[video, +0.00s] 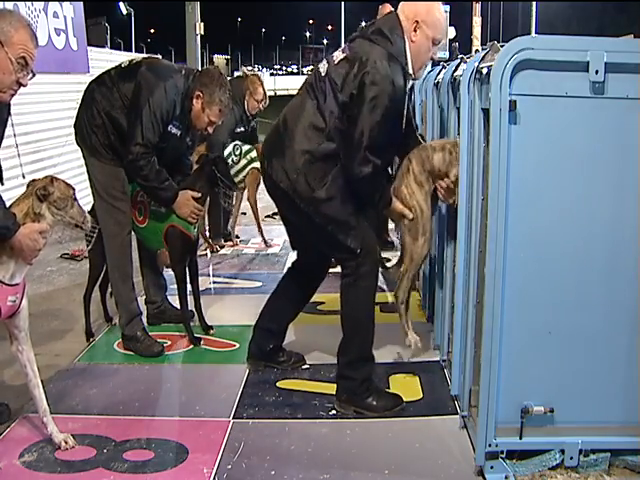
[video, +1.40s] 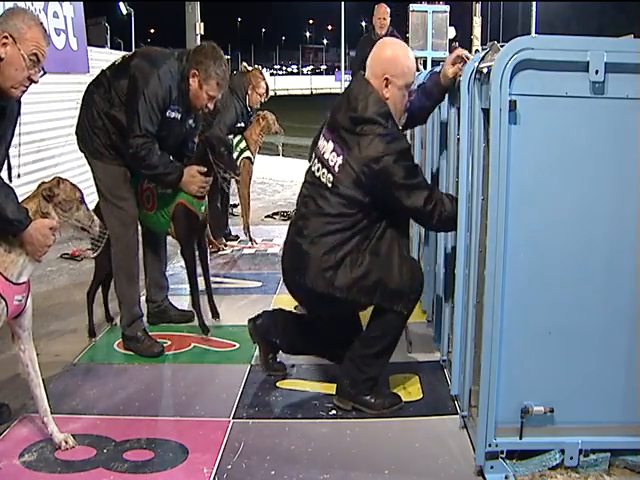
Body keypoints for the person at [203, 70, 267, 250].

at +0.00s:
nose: (261, 106)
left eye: (263, 102)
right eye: (258, 101)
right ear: (246, 97)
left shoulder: (250, 117)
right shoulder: (231, 115)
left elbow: (254, 144)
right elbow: (215, 148)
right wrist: (230, 183)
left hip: (229, 156)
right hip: (212, 155)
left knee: (229, 192)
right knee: (218, 193)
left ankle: (226, 232)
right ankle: (217, 235)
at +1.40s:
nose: (261, 100)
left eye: (263, 96)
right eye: (260, 95)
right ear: (248, 89)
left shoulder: (245, 105)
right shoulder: (233, 104)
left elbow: (243, 129)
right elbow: (215, 133)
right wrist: (230, 165)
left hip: (221, 145)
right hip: (209, 146)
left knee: (224, 189)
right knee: (215, 190)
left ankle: (224, 229)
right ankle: (215, 232)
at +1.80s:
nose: (258, 102)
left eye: (260, 98)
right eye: (256, 96)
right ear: (244, 91)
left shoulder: (241, 104)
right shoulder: (222, 106)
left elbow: (244, 127)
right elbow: (220, 137)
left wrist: (251, 141)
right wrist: (240, 152)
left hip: (224, 150)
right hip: (206, 152)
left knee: (224, 195)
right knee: (212, 197)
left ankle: (223, 229)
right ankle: (213, 234)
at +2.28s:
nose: (257, 101)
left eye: (259, 97)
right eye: (255, 96)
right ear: (243, 91)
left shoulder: (240, 103)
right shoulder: (221, 102)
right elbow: (215, 132)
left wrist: (252, 143)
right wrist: (232, 156)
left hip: (223, 149)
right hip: (206, 150)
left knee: (224, 192)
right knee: (213, 194)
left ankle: (224, 229)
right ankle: (213, 234)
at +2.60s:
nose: (262, 96)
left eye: (263, 92)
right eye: (260, 91)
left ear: (251, 87)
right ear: (247, 85)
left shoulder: (244, 98)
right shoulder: (224, 100)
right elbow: (222, 131)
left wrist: (254, 130)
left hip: (231, 143)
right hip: (211, 145)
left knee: (236, 185)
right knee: (216, 188)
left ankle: (231, 224)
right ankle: (214, 229)